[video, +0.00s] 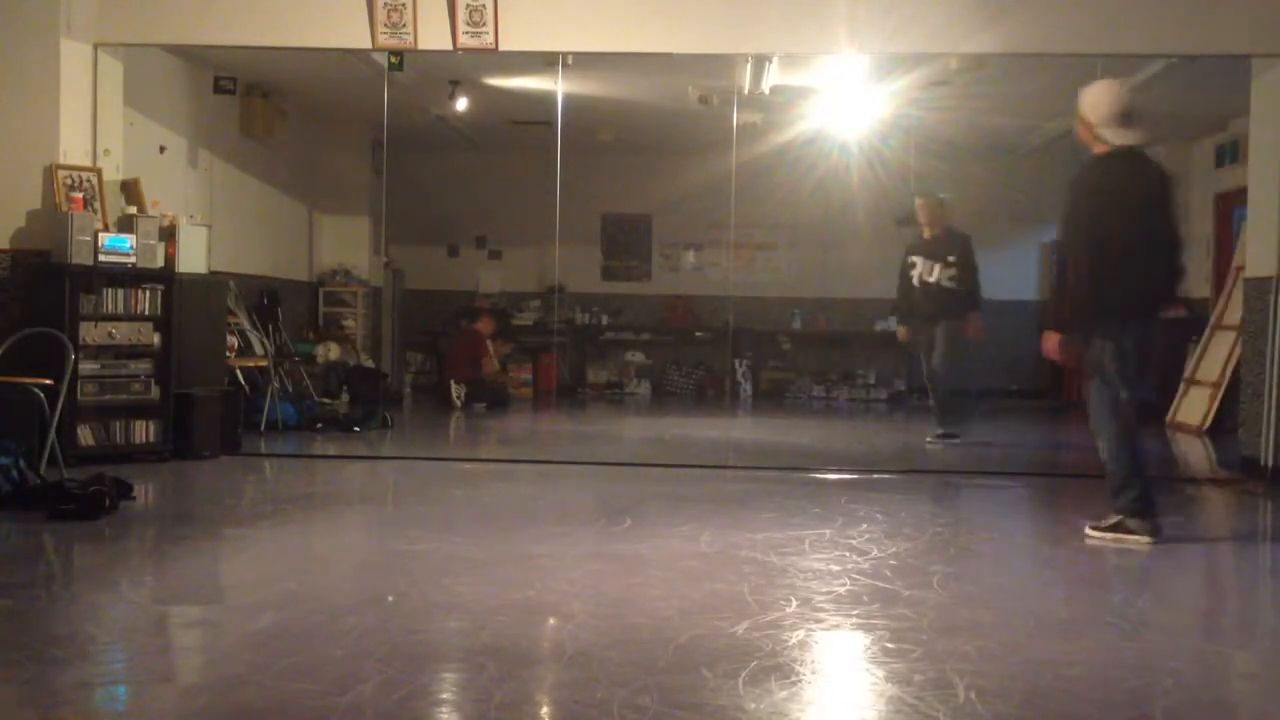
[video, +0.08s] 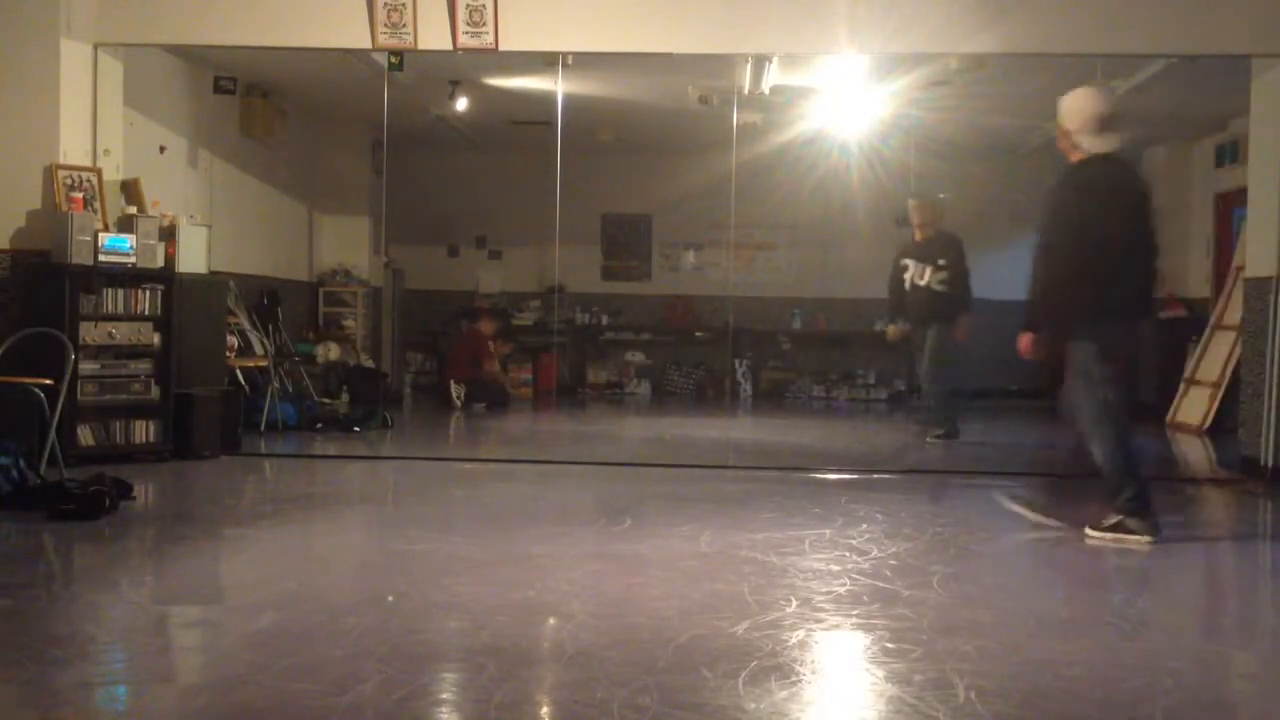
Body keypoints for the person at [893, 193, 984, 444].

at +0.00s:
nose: (923, 214)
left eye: (928, 208)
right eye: (919, 209)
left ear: (941, 210)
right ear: (916, 213)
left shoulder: (960, 243)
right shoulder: (913, 247)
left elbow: (971, 281)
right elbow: (904, 286)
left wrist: (974, 314)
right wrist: (902, 321)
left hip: (950, 314)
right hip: (921, 315)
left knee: (941, 367)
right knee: (930, 369)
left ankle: (949, 424)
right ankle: (942, 425)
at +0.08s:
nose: (917, 217)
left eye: (922, 210)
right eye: (913, 211)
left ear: (935, 213)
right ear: (909, 216)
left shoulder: (950, 244)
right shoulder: (906, 250)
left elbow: (961, 282)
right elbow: (896, 287)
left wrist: (964, 315)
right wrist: (894, 320)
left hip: (943, 316)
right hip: (918, 318)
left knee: (931, 369)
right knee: (924, 370)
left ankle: (945, 424)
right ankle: (938, 421)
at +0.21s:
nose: (905, 222)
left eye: (910, 217)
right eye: (901, 217)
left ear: (922, 219)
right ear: (897, 220)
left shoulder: (935, 247)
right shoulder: (892, 253)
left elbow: (944, 287)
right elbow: (881, 291)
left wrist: (945, 322)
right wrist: (881, 324)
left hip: (926, 318)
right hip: (903, 319)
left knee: (906, 367)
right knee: (920, 374)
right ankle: (946, 423)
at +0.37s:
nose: (884, 220)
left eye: (889, 214)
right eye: (881, 214)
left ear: (900, 216)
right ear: (876, 217)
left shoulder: (912, 249)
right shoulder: (871, 254)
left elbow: (917, 290)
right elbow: (866, 294)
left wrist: (918, 324)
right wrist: (865, 326)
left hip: (902, 320)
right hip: (878, 320)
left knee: (875, 367)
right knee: (903, 371)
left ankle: (873, 426)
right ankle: (929, 404)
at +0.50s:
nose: (870, 219)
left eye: (875, 213)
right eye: (867, 213)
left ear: (885, 216)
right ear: (862, 216)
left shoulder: (892, 245)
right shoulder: (856, 248)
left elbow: (895, 285)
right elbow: (847, 286)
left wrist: (892, 320)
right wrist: (843, 317)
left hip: (879, 317)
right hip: (857, 316)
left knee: (867, 371)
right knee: (848, 369)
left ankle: (870, 427)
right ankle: (890, 400)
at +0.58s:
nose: (860, 214)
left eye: (864, 208)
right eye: (857, 208)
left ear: (874, 210)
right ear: (852, 211)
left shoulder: (881, 241)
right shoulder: (845, 243)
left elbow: (880, 281)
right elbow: (838, 283)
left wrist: (874, 314)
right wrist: (829, 310)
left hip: (868, 313)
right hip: (844, 313)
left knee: (866, 367)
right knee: (834, 364)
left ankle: (871, 425)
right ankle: (859, 419)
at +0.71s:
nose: (830, 217)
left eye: (835, 211)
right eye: (828, 211)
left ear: (845, 212)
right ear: (826, 213)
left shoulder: (858, 243)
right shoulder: (829, 243)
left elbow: (862, 285)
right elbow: (823, 285)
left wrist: (847, 315)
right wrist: (813, 316)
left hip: (846, 316)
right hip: (827, 314)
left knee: (816, 365)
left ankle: (802, 420)